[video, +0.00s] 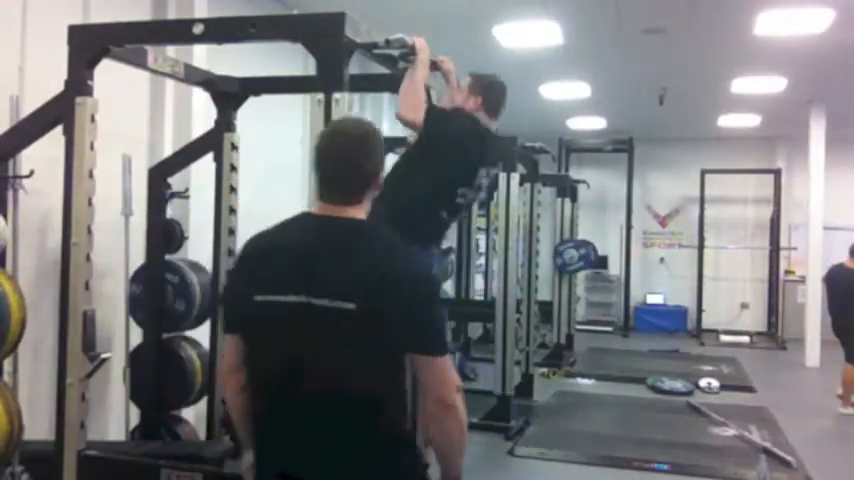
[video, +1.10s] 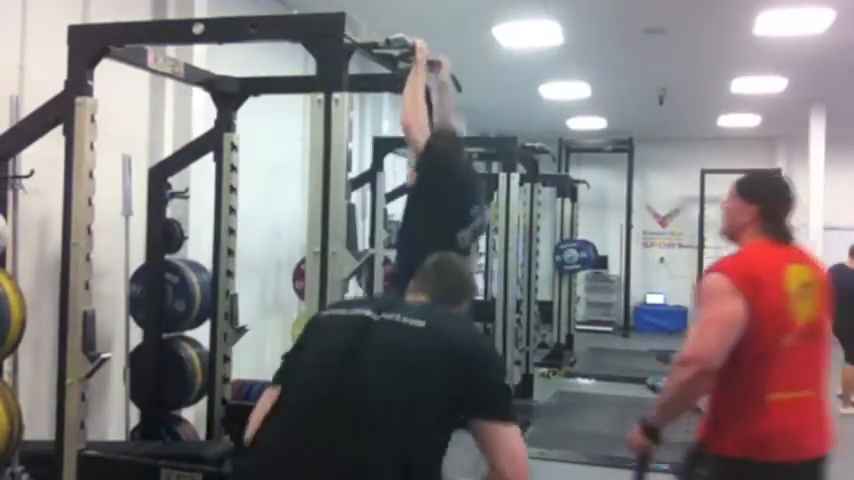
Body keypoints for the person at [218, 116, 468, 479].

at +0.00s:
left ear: (317, 172)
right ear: (377, 183)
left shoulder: (258, 253)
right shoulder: (405, 266)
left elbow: (232, 377)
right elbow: (442, 398)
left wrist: (253, 450)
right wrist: (451, 471)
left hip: (283, 461)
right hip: (376, 463)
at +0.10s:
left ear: (336, 172)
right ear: (395, 185)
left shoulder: (278, 251)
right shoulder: (420, 266)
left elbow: (253, 375)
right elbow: (456, 399)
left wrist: (283, 444)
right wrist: (463, 471)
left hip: (300, 459)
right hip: (391, 463)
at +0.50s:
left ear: (383, 164)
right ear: (448, 181)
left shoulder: (321, 243)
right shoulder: (469, 266)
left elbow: (282, 359)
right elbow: (498, 401)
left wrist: (315, 417)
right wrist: (491, 472)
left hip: (323, 452)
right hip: (417, 460)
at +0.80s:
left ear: (409, 205)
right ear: (467, 225)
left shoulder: (334, 261)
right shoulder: (487, 294)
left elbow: (276, 376)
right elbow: (504, 426)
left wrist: (295, 443)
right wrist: (486, 474)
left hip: (317, 460)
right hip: (418, 466)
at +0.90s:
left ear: (414, 232)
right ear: (467, 253)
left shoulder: (338, 278)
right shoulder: (481, 307)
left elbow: (276, 394)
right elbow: (494, 443)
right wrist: (471, 474)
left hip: (311, 462)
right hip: (411, 466)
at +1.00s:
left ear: (413, 260)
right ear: (465, 275)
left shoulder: (335, 297)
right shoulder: (473, 322)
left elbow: (266, 412)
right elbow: (503, 455)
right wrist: (462, 477)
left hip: (292, 464)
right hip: (400, 467)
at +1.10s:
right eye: (467, 309)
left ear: (409, 288)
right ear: (464, 306)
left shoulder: (329, 319)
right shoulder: (466, 344)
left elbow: (254, 432)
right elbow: (513, 469)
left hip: (278, 465)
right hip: (391, 466)